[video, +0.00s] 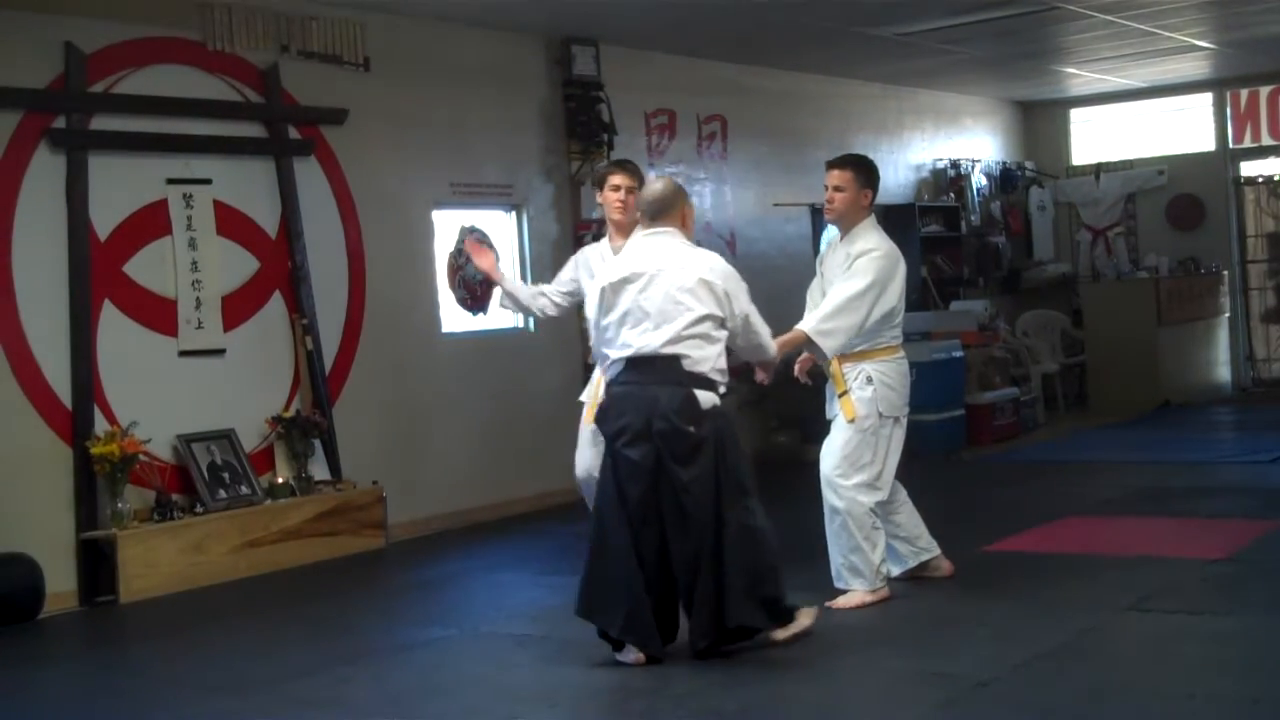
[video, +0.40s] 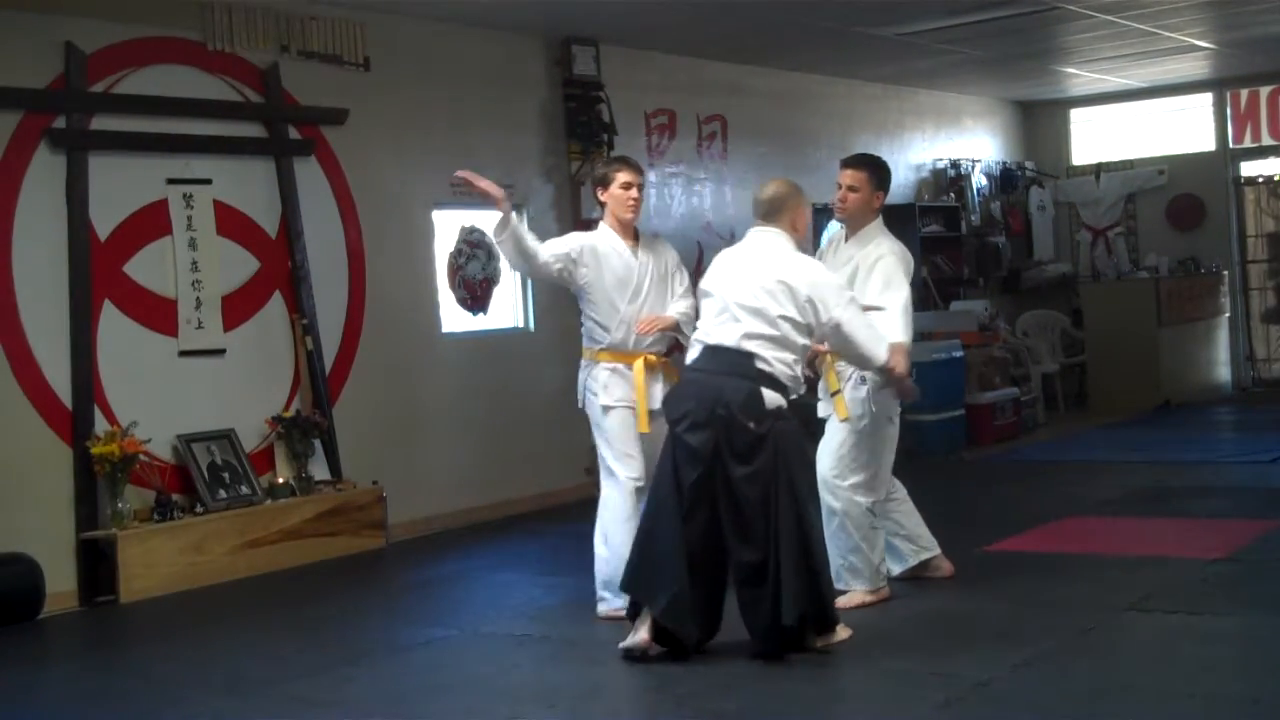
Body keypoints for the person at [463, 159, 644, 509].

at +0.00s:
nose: (622, 197)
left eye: (631, 191)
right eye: (614, 189)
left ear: (642, 200)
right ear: (600, 197)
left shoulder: (657, 249)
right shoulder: (588, 259)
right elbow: (548, 303)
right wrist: (496, 273)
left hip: (659, 372)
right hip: (608, 373)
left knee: (650, 469)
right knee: (588, 468)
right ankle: (620, 552)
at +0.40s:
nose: (635, 195)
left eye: (639, 188)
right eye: (626, 187)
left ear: (643, 196)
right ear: (601, 194)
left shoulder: (663, 253)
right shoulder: (584, 247)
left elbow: (688, 307)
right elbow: (533, 260)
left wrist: (672, 318)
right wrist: (503, 208)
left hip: (658, 373)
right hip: (609, 373)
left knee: (654, 479)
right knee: (627, 477)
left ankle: (652, 591)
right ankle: (614, 596)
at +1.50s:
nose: (628, 189)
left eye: (629, 180)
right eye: (619, 181)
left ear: (622, 189)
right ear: (591, 189)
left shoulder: (613, 232)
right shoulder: (593, 228)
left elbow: (636, 303)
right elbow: (620, 255)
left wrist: (659, 320)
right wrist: (651, 210)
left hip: (633, 367)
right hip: (613, 371)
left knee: (645, 483)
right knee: (636, 486)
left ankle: (632, 576)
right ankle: (618, 597)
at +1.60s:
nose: (628, 190)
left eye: (629, 182)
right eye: (618, 183)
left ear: (628, 189)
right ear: (591, 191)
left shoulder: (618, 236)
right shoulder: (590, 234)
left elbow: (635, 313)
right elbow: (616, 262)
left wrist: (652, 355)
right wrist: (640, 230)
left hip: (634, 370)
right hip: (608, 372)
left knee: (642, 485)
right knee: (627, 488)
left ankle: (639, 580)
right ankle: (618, 597)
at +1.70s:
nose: (626, 191)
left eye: (628, 183)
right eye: (616, 185)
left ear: (630, 188)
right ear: (592, 192)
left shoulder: (628, 239)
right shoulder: (586, 236)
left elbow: (640, 298)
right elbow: (595, 290)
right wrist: (627, 269)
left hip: (635, 364)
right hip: (603, 367)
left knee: (634, 478)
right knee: (614, 482)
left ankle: (632, 588)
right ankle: (615, 593)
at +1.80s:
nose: (624, 191)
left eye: (629, 182)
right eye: (614, 185)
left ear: (636, 187)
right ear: (594, 194)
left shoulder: (649, 241)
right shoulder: (585, 241)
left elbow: (660, 294)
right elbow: (576, 302)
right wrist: (611, 333)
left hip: (649, 361)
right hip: (604, 366)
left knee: (651, 469)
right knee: (605, 473)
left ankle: (656, 579)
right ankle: (605, 582)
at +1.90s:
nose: (624, 190)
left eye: (629, 181)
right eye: (613, 184)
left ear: (640, 187)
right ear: (597, 194)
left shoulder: (660, 241)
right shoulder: (583, 245)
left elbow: (678, 302)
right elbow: (570, 311)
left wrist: (676, 352)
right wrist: (579, 366)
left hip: (655, 369)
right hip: (603, 372)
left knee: (658, 470)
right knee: (599, 474)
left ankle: (664, 576)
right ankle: (586, 580)